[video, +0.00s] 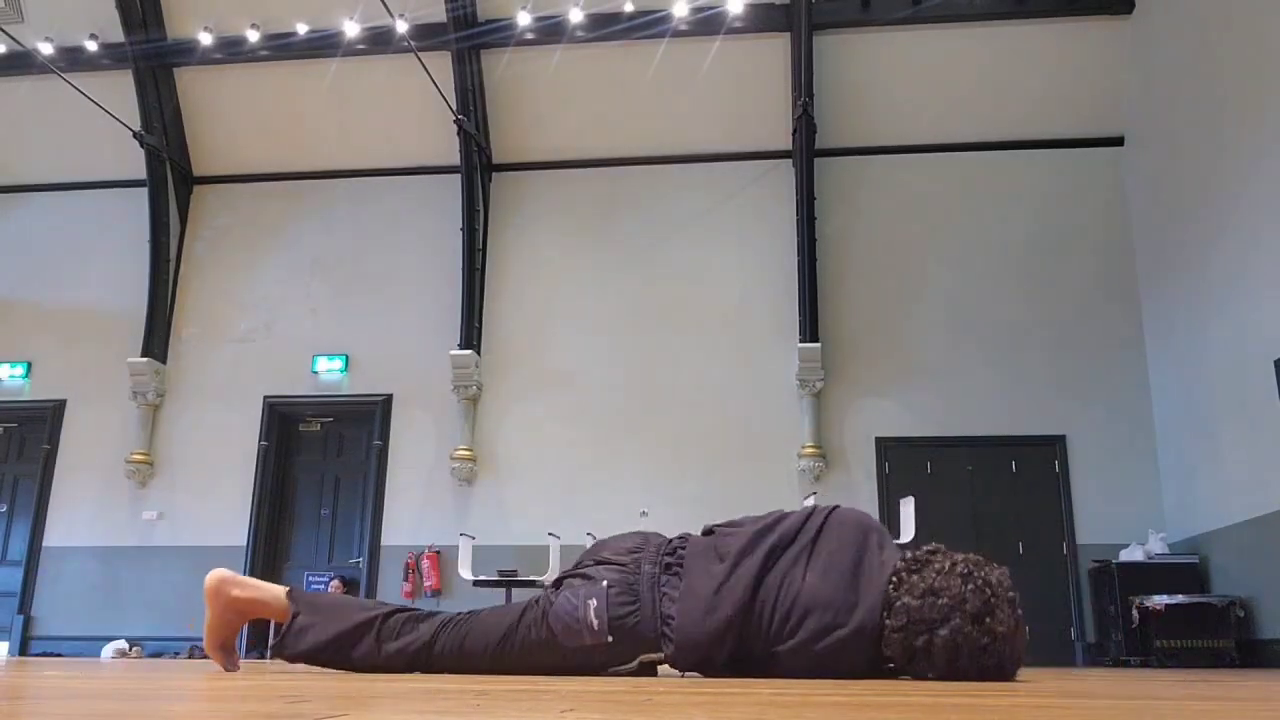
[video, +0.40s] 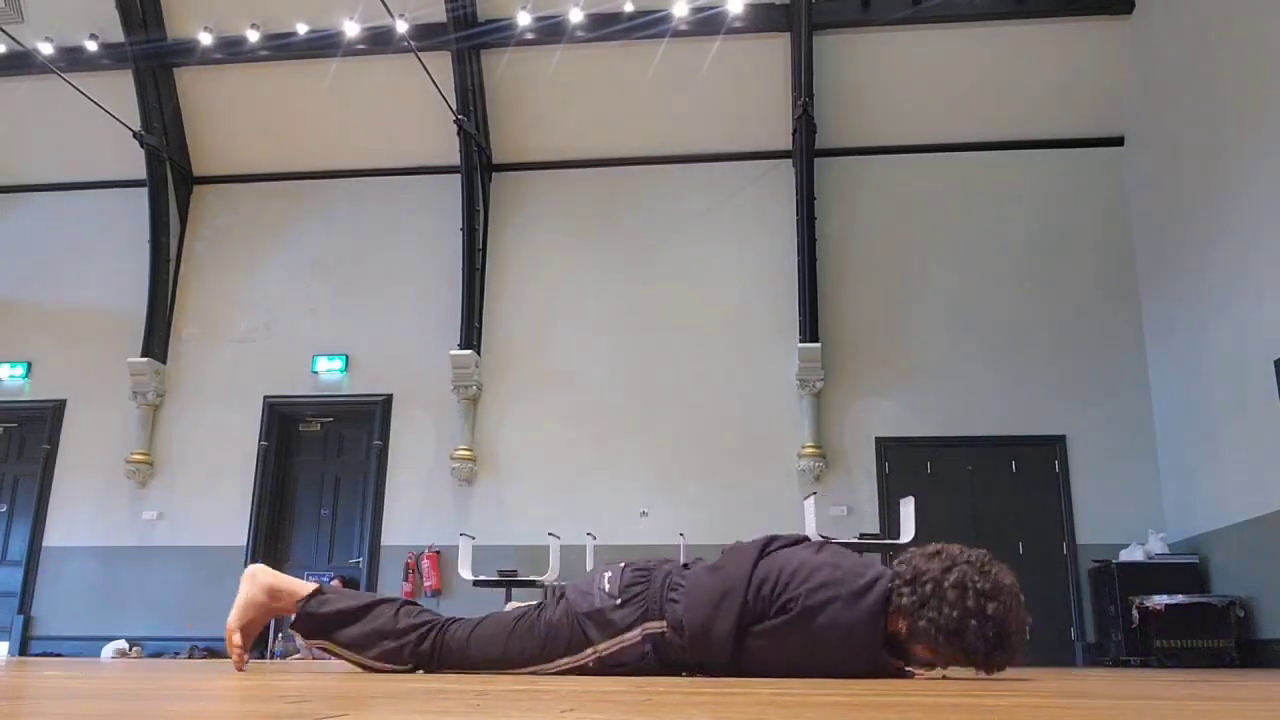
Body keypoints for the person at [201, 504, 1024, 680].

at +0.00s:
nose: (964, 677)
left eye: (978, 664)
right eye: (968, 668)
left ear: (935, 566)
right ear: (937, 647)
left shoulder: (857, 527)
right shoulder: (849, 643)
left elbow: (748, 543)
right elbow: (747, 671)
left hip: (631, 558)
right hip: (611, 623)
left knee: (453, 629)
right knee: (433, 639)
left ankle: (289, 609)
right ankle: (262, 607)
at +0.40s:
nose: (955, 680)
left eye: (972, 671)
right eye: (956, 669)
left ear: (938, 614)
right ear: (921, 636)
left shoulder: (893, 592)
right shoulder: (849, 622)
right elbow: (716, 642)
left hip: (655, 602)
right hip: (629, 617)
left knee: (474, 639)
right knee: (444, 646)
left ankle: (323, 610)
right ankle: (278, 597)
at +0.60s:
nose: (948, 662)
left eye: (963, 655)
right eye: (954, 649)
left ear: (938, 605)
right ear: (930, 613)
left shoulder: (872, 591)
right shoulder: (848, 610)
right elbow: (741, 664)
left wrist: (888, 655)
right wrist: (867, 672)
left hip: (651, 605)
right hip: (634, 616)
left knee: (477, 648)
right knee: (459, 656)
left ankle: (331, 614)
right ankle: (299, 627)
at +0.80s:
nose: (950, 651)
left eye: (964, 646)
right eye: (950, 634)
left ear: (945, 611)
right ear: (919, 593)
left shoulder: (884, 600)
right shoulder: (839, 595)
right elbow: (729, 659)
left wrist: (886, 655)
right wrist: (861, 665)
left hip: (661, 620)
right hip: (642, 599)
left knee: (487, 654)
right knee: (475, 659)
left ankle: (348, 627)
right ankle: (333, 643)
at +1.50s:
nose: (880, 636)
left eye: (900, 639)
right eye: (884, 614)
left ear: (912, 644)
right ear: (875, 575)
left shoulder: (866, 606)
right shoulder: (784, 565)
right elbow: (717, 653)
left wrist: (887, 658)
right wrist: (826, 661)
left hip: (716, 636)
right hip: (682, 590)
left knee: (613, 647)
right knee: (589, 655)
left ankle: (517, 637)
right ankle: (499, 653)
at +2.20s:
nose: (893, 620)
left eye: (915, 630)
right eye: (903, 603)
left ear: (939, 648)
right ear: (907, 570)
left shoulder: (912, 639)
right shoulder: (837, 556)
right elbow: (784, 624)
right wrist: (881, 660)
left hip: (754, 632)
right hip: (724, 570)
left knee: (729, 646)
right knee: (589, 538)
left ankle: (600, 646)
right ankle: (506, 640)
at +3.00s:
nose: (1003, 629)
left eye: (1012, 644)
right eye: (1013, 620)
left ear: (1006, 649)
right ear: (1013, 597)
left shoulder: (941, 628)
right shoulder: (984, 565)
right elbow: (1084, 589)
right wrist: (1173, 654)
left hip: (834, 608)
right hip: (841, 544)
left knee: (920, 659)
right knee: (814, 579)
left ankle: (739, 655)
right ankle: (614, 624)